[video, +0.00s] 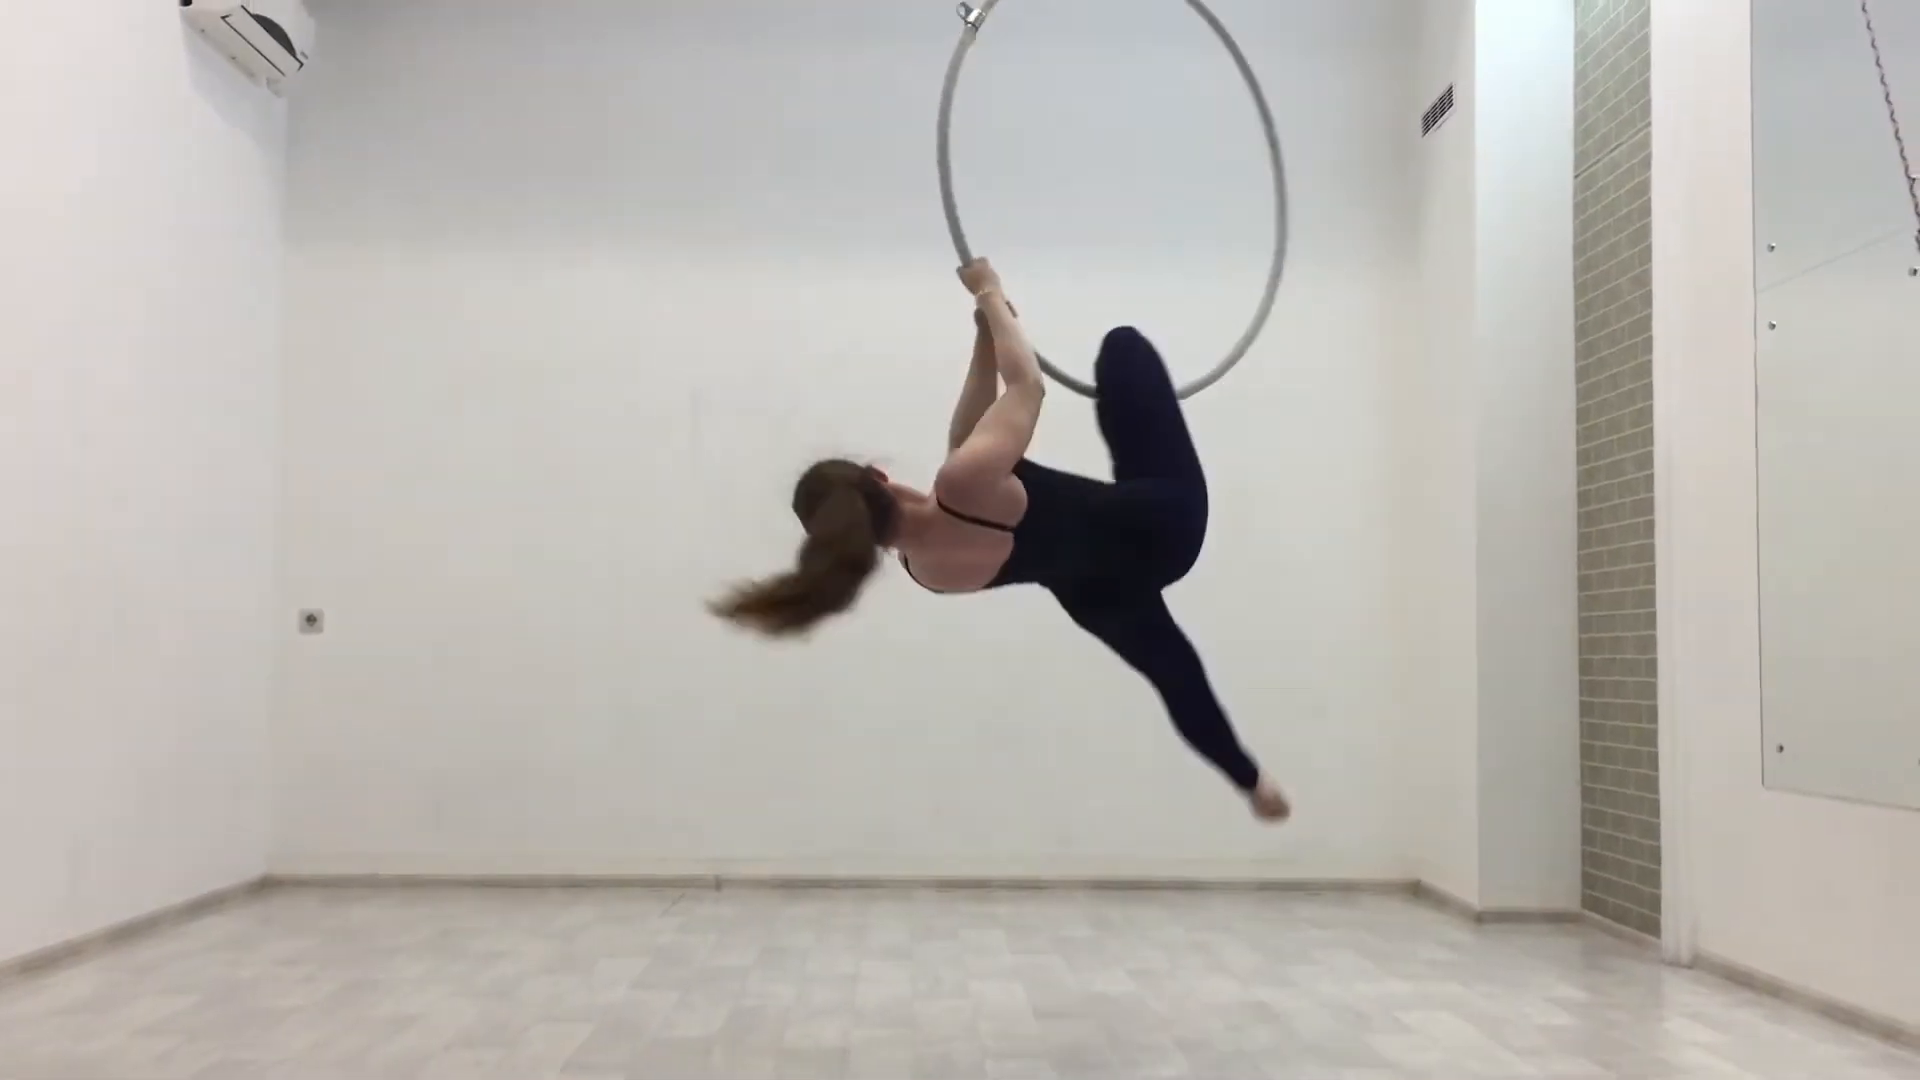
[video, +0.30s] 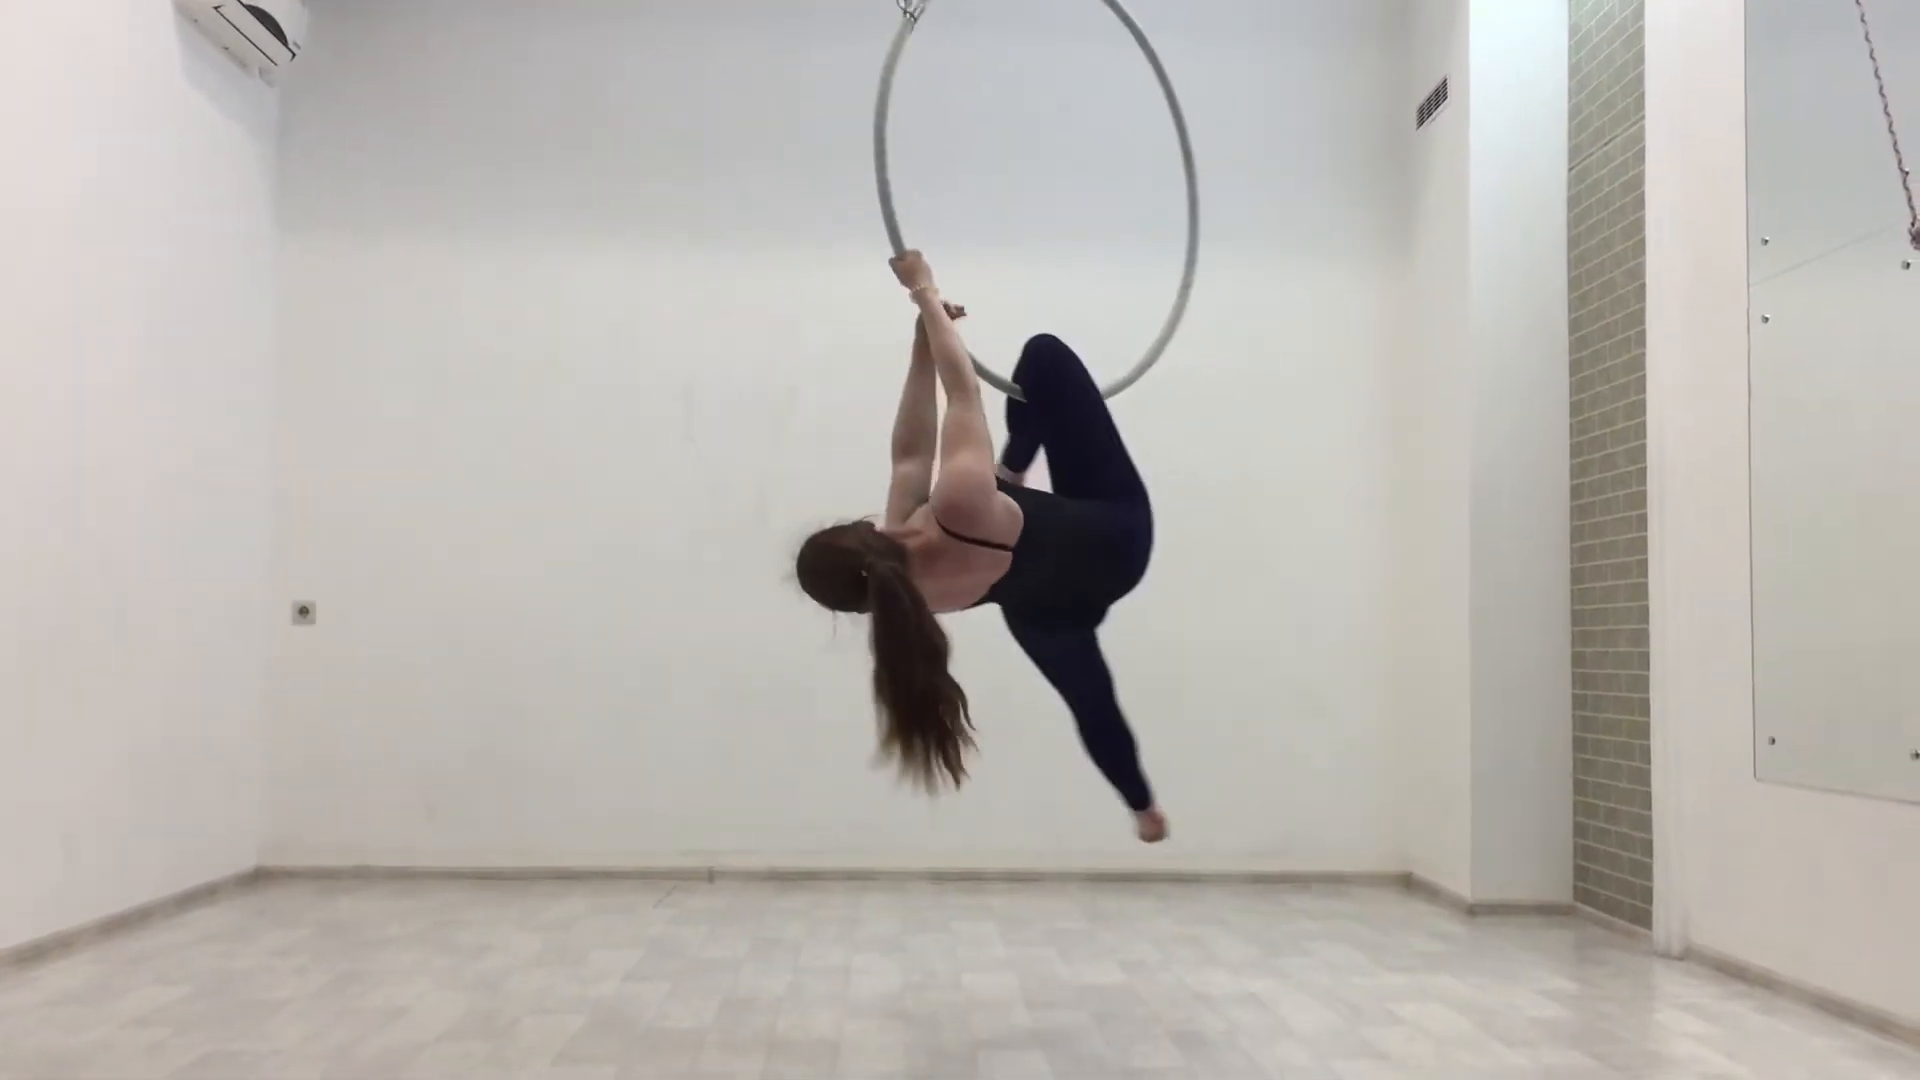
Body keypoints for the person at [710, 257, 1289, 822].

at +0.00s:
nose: (881, 461)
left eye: (871, 462)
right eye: (874, 462)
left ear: (859, 536)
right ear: (883, 478)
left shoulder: (927, 572)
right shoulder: (968, 473)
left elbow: (963, 436)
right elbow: (1027, 385)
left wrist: (988, 333)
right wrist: (993, 302)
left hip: (1095, 594)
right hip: (1158, 528)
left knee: (1178, 681)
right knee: (1123, 347)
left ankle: (1255, 787)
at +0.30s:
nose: (863, 514)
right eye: (855, 524)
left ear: (856, 598)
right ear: (865, 533)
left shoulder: (918, 596)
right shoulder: (958, 495)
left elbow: (909, 452)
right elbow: (963, 389)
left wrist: (928, 335)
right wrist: (924, 292)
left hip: (1046, 609)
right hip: (1117, 541)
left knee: (1091, 703)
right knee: (1043, 355)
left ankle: (1146, 810)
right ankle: (1013, 472)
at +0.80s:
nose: (779, 561)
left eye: (768, 571)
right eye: (789, 576)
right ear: (838, 598)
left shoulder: (806, 546)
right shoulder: (897, 594)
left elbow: (823, 442)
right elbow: (926, 466)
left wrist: (828, 341)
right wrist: (863, 380)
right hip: (982, 530)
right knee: (959, 351)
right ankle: (870, 438)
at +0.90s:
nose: (764, 572)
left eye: (759, 581)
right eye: (776, 585)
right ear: (825, 610)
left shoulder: (797, 545)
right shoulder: (893, 616)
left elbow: (816, 434)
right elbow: (927, 538)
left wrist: (830, 324)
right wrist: (853, 448)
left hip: (866, 524)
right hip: (963, 533)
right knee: (945, 353)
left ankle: (803, 744)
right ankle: (856, 426)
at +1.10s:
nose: (763, 571)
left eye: (754, 579)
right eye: (773, 584)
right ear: (818, 618)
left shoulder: (789, 535)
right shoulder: (873, 630)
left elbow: (804, 425)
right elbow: (926, 671)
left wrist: (816, 312)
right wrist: (867, 574)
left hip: (869, 511)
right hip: (934, 517)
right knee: (918, 342)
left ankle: (716, 713)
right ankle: (798, 406)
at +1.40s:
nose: (826, 565)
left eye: (799, 566)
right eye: (828, 582)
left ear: (787, 559)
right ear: (850, 621)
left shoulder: (796, 523)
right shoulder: (900, 620)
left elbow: (808, 406)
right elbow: (922, 677)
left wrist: (817, 296)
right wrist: (935, 671)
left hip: (829, 503)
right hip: (906, 498)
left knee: (699, 590)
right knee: (906, 331)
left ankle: (605, 678)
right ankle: (771, 397)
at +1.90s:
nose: (915, 538)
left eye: (917, 558)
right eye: (932, 547)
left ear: (898, 592)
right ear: (944, 635)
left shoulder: (829, 566)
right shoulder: (954, 651)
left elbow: (809, 448)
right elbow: (1059, 724)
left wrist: (817, 344)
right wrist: (1156, 784)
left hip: (780, 593)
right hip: (835, 580)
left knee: (644, 630)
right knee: (892, 387)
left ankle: (534, 714)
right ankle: (742, 428)